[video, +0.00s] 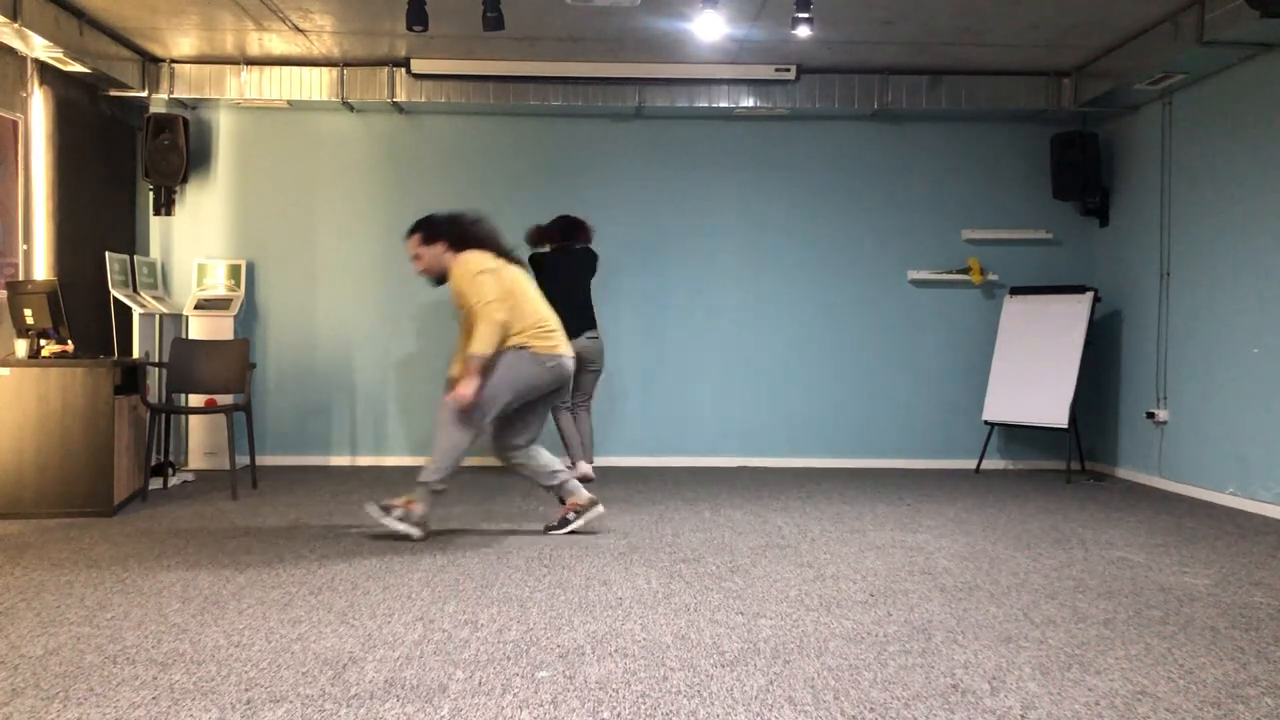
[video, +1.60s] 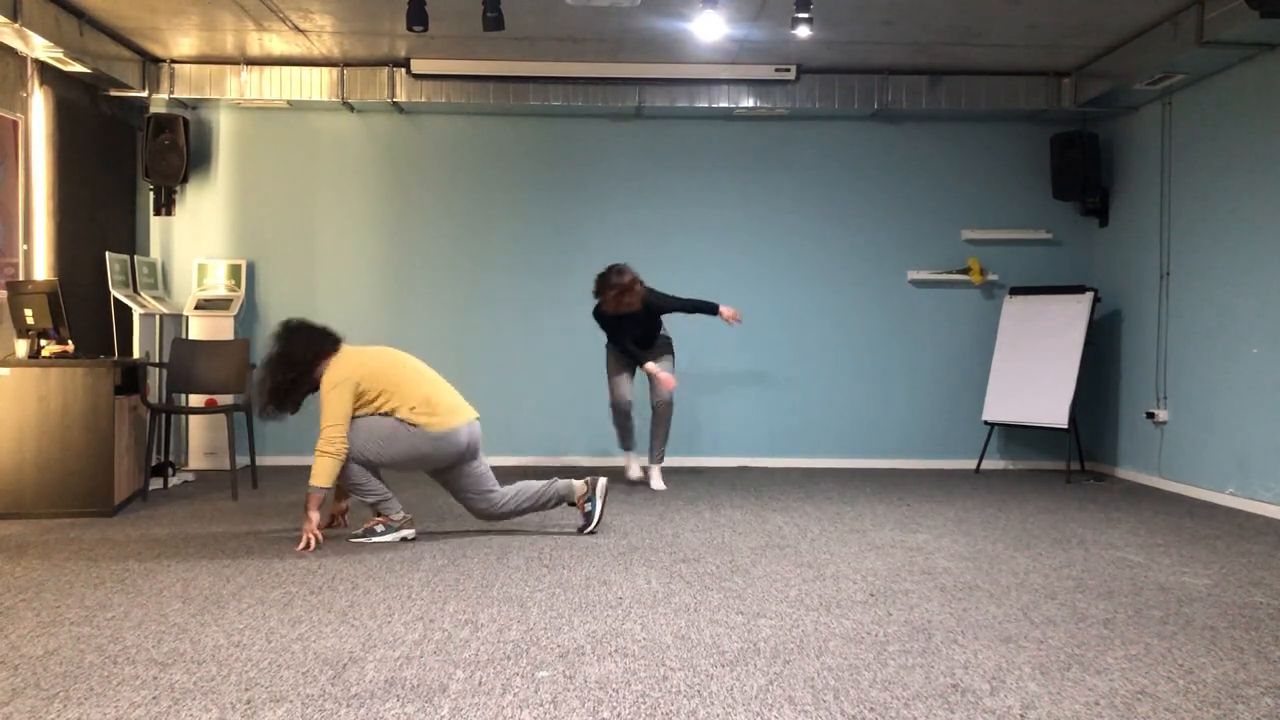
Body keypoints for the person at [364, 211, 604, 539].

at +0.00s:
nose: (416, 268)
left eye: (418, 257)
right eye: (413, 260)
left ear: (443, 246)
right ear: (442, 248)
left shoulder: (468, 264)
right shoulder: (480, 267)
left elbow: (491, 313)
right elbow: (469, 333)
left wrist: (471, 374)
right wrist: (457, 379)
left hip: (535, 354)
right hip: (554, 358)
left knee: (462, 409)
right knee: (512, 444)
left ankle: (417, 507)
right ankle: (579, 500)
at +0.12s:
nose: (364, 319)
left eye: (364, 308)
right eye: (360, 312)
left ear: (386, 296)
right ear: (387, 298)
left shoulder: (415, 312)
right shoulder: (437, 307)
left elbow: (418, 377)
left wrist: (399, 437)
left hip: (491, 385)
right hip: (513, 391)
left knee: (402, 421)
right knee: (460, 467)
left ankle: (394, 516)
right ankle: (544, 478)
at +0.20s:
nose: (343, 348)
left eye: (342, 337)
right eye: (339, 340)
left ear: (361, 323)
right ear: (359, 324)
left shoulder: (393, 337)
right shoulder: (409, 329)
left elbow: (387, 401)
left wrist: (366, 465)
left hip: (481, 396)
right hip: (498, 400)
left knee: (390, 423)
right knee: (448, 480)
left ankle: (393, 516)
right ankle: (532, 486)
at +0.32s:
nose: (308, 389)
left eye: (307, 380)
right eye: (304, 383)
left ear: (325, 366)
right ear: (328, 365)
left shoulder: (360, 375)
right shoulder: (369, 366)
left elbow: (346, 436)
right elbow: (360, 443)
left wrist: (320, 501)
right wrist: (345, 502)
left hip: (458, 404)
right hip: (475, 408)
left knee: (365, 430)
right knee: (450, 501)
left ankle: (393, 517)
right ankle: (536, 489)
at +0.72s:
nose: (282, 419)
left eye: (273, 412)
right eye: (273, 414)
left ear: (277, 392)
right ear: (285, 376)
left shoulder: (312, 369)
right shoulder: (327, 357)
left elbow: (318, 438)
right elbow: (347, 436)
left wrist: (310, 510)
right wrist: (341, 501)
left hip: (421, 362)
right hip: (443, 357)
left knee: (349, 432)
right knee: (479, 441)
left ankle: (392, 514)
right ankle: (562, 483)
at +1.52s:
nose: (287, 392)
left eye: (281, 384)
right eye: (280, 385)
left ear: (290, 371)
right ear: (306, 352)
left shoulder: (325, 373)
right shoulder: (343, 359)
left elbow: (323, 445)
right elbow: (349, 441)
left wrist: (310, 515)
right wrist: (340, 499)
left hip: (430, 420)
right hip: (455, 413)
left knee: (335, 444)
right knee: (485, 492)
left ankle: (391, 516)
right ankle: (575, 488)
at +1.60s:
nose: (307, 382)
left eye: (302, 374)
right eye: (303, 376)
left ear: (308, 363)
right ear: (325, 347)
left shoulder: (338, 373)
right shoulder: (359, 359)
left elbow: (330, 447)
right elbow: (350, 441)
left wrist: (312, 511)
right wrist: (340, 499)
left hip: (435, 435)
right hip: (463, 429)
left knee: (342, 448)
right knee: (491, 505)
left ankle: (390, 518)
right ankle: (579, 491)